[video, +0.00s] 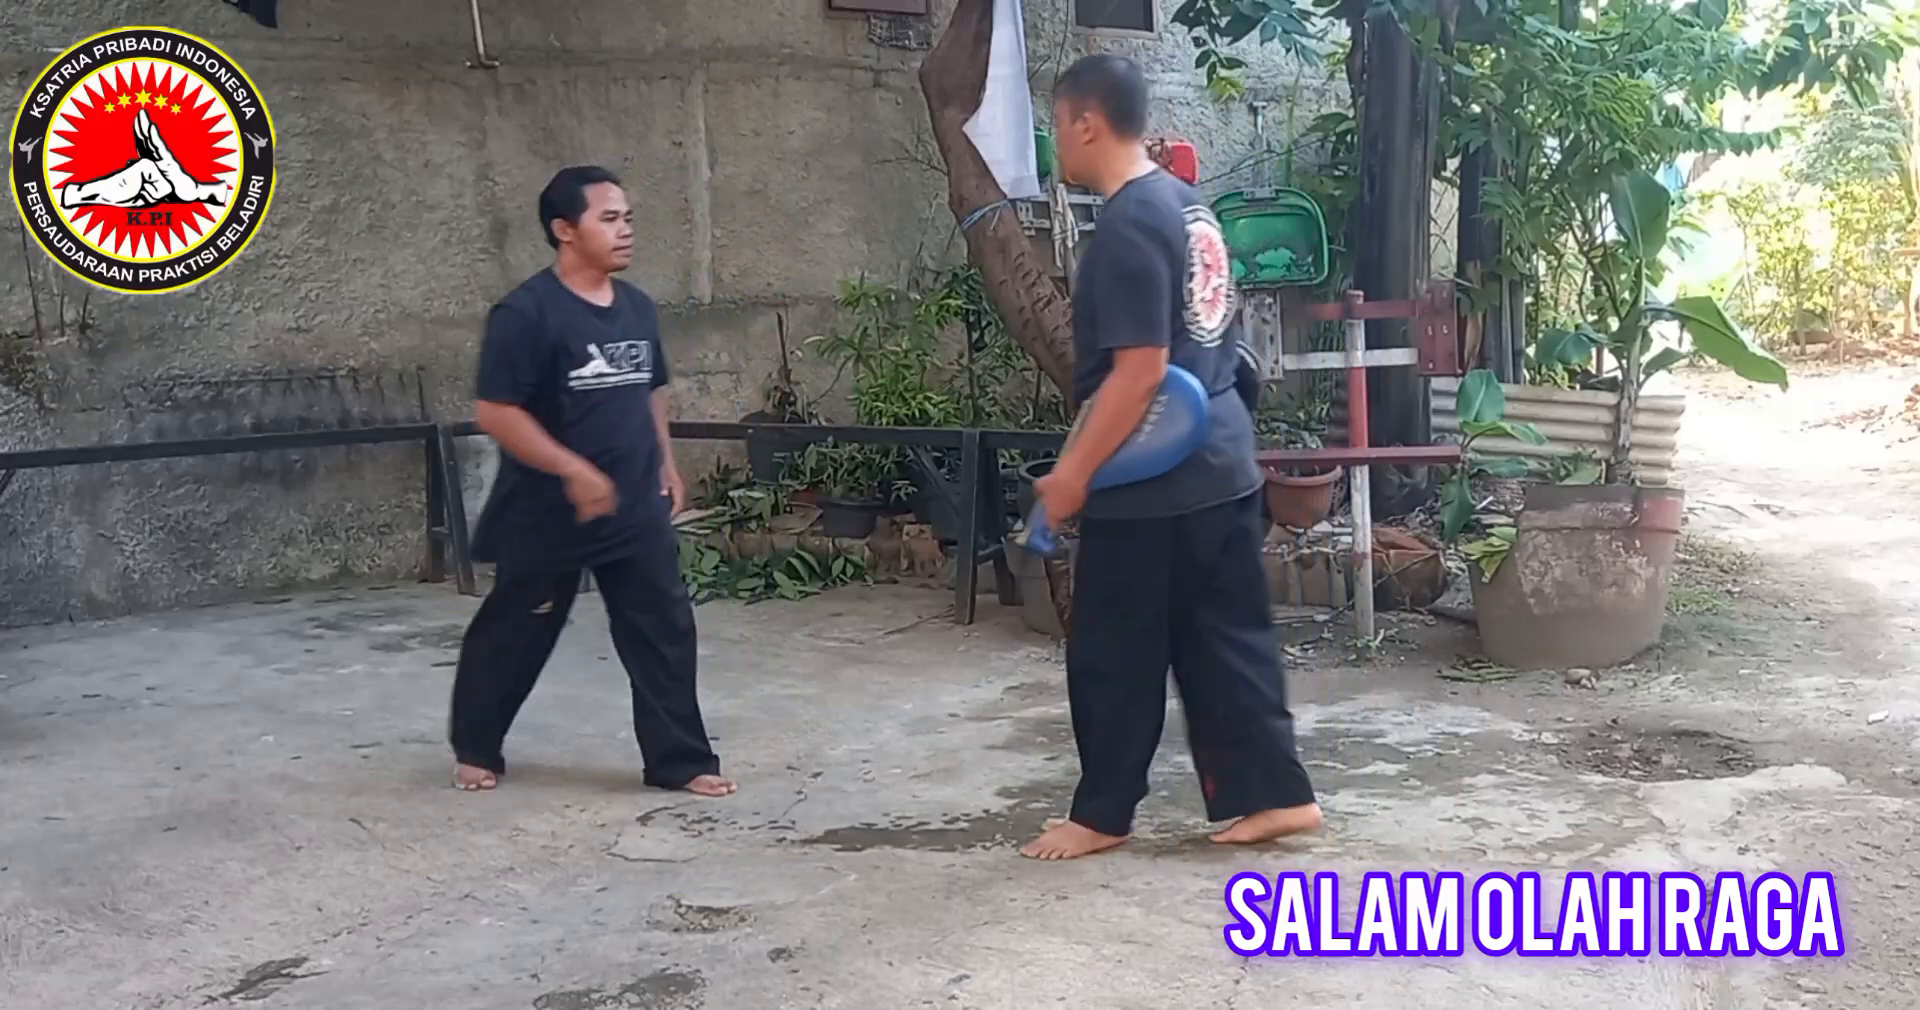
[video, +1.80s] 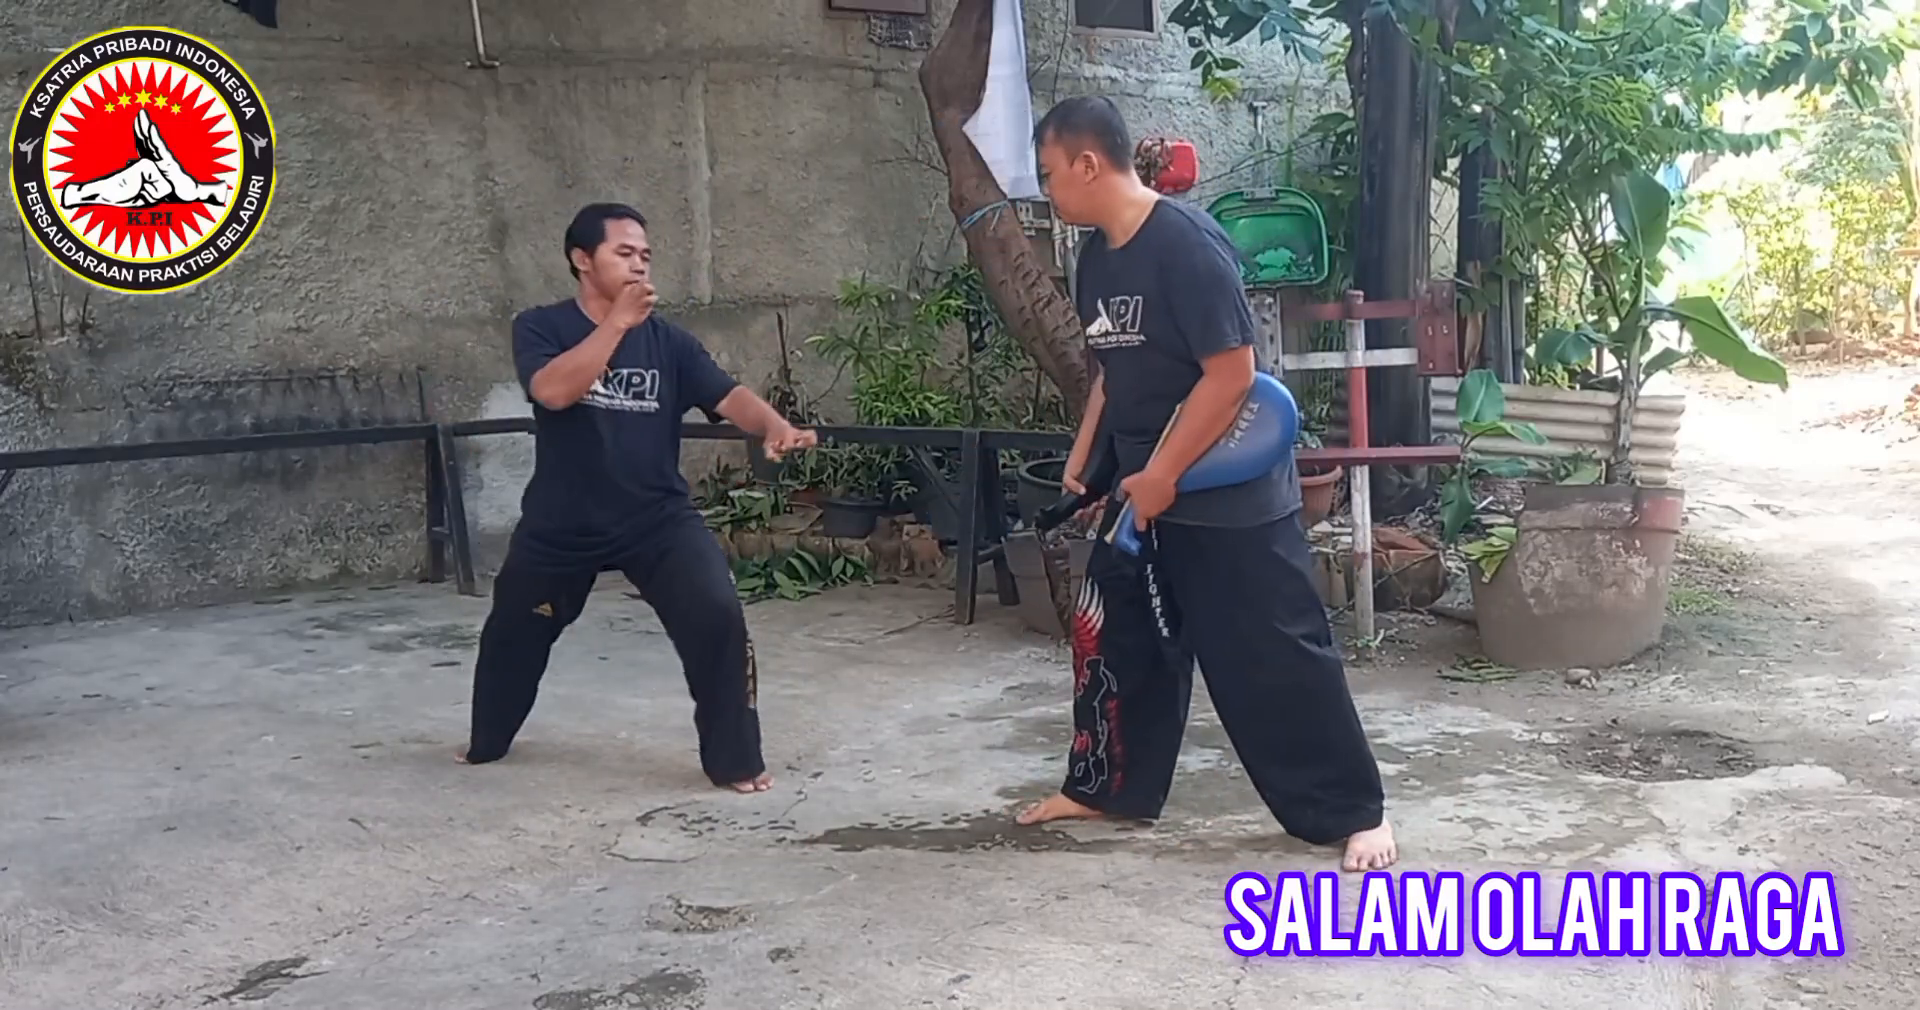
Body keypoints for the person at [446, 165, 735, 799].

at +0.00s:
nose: (626, 230)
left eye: (627, 218)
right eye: (610, 219)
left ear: (626, 223)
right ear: (565, 230)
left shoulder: (637, 307)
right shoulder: (524, 314)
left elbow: (652, 394)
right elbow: (495, 411)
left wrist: (665, 460)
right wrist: (572, 470)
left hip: (635, 507)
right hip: (550, 514)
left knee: (665, 631)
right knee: (516, 630)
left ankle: (679, 761)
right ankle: (476, 746)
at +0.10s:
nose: (585, 242)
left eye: (587, 230)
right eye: (569, 231)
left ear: (589, 235)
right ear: (523, 240)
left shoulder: (599, 315)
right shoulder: (474, 324)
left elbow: (618, 397)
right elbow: (430, 414)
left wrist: (637, 468)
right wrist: (494, 482)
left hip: (592, 509)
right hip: (502, 519)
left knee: (631, 632)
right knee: (488, 639)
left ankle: (674, 755)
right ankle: (474, 753)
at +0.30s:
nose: (549, 230)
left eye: (553, 217)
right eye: (533, 219)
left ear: (559, 222)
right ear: (487, 226)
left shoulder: (582, 299)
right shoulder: (436, 306)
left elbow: (608, 376)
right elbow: (406, 388)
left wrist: (610, 444)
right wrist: (442, 459)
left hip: (571, 492)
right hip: (480, 499)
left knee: (592, 608)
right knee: (477, 629)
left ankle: (584, 727)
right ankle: (474, 752)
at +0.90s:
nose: (546, 245)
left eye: (550, 235)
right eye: (530, 235)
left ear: (556, 245)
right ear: (490, 247)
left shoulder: (584, 322)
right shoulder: (446, 324)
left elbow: (628, 404)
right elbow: (430, 401)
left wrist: (607, 457)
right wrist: (450, 451)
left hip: (574, 494)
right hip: (484, 499)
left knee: (626, 588)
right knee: (465, 608)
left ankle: (673, 725)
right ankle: (480, 713)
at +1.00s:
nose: (572, 248)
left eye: (577, 238)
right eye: (556, 237)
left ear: (584, 249)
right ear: (517, 249)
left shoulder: (612, 325)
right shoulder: (474, 323)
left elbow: (669, 403)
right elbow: (451, 402)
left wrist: (656, 445)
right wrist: (486, 431)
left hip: (598, 498)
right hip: (511, 500)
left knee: (647, 601)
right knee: (476, 606)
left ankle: (707, 743)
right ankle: (477, 708)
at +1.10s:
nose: (616, 276)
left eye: (621, 266)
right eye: (601, 264)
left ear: (627, 275)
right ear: (559, 274)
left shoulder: (648, 354)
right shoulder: (517, 349)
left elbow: (711, 415)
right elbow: (491, 440)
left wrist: (730, 440)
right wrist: (565, 401)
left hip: (639, 523)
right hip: (543, 525)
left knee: (690, 616)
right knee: (485, 630)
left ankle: (719, 753)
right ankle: (472, 724)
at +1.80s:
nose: (641, 264)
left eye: (646, 254)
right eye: (626, 253)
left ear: (650, 262)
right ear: (582, 262)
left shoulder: (668, 340)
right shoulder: (541, 326)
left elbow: (725, 395)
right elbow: (552, 391)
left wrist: (772, 424)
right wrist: (616, 322)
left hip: (658, 516)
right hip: (563, 520)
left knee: (716, 615)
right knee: (512, 630)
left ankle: (734, 761)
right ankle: (486, 742)